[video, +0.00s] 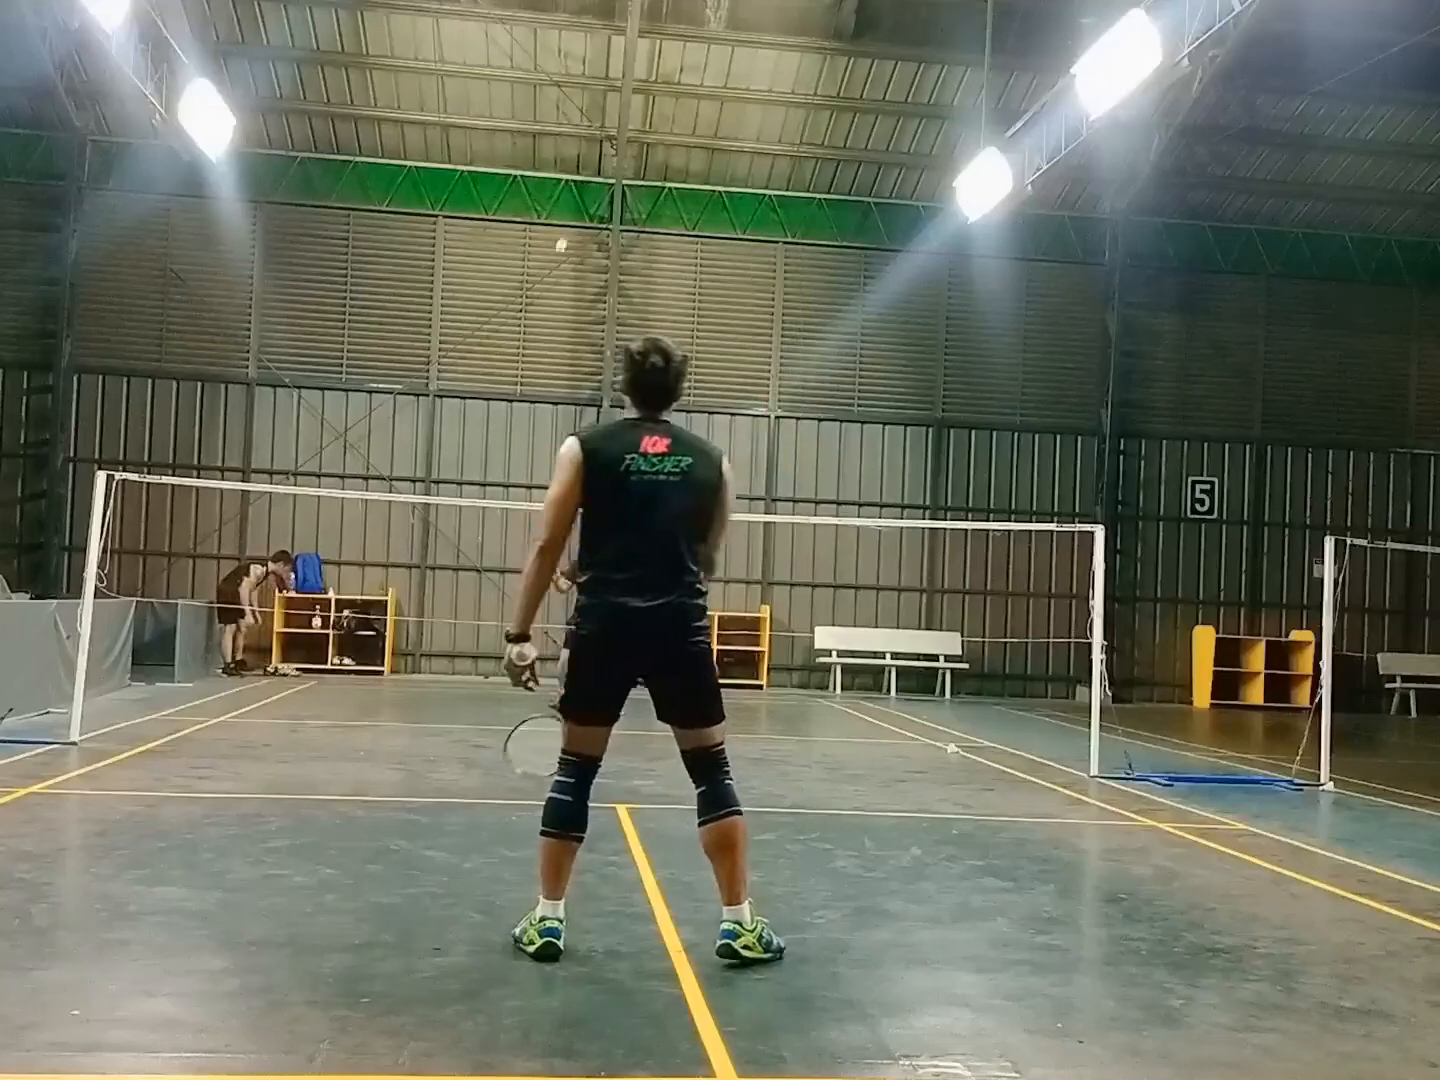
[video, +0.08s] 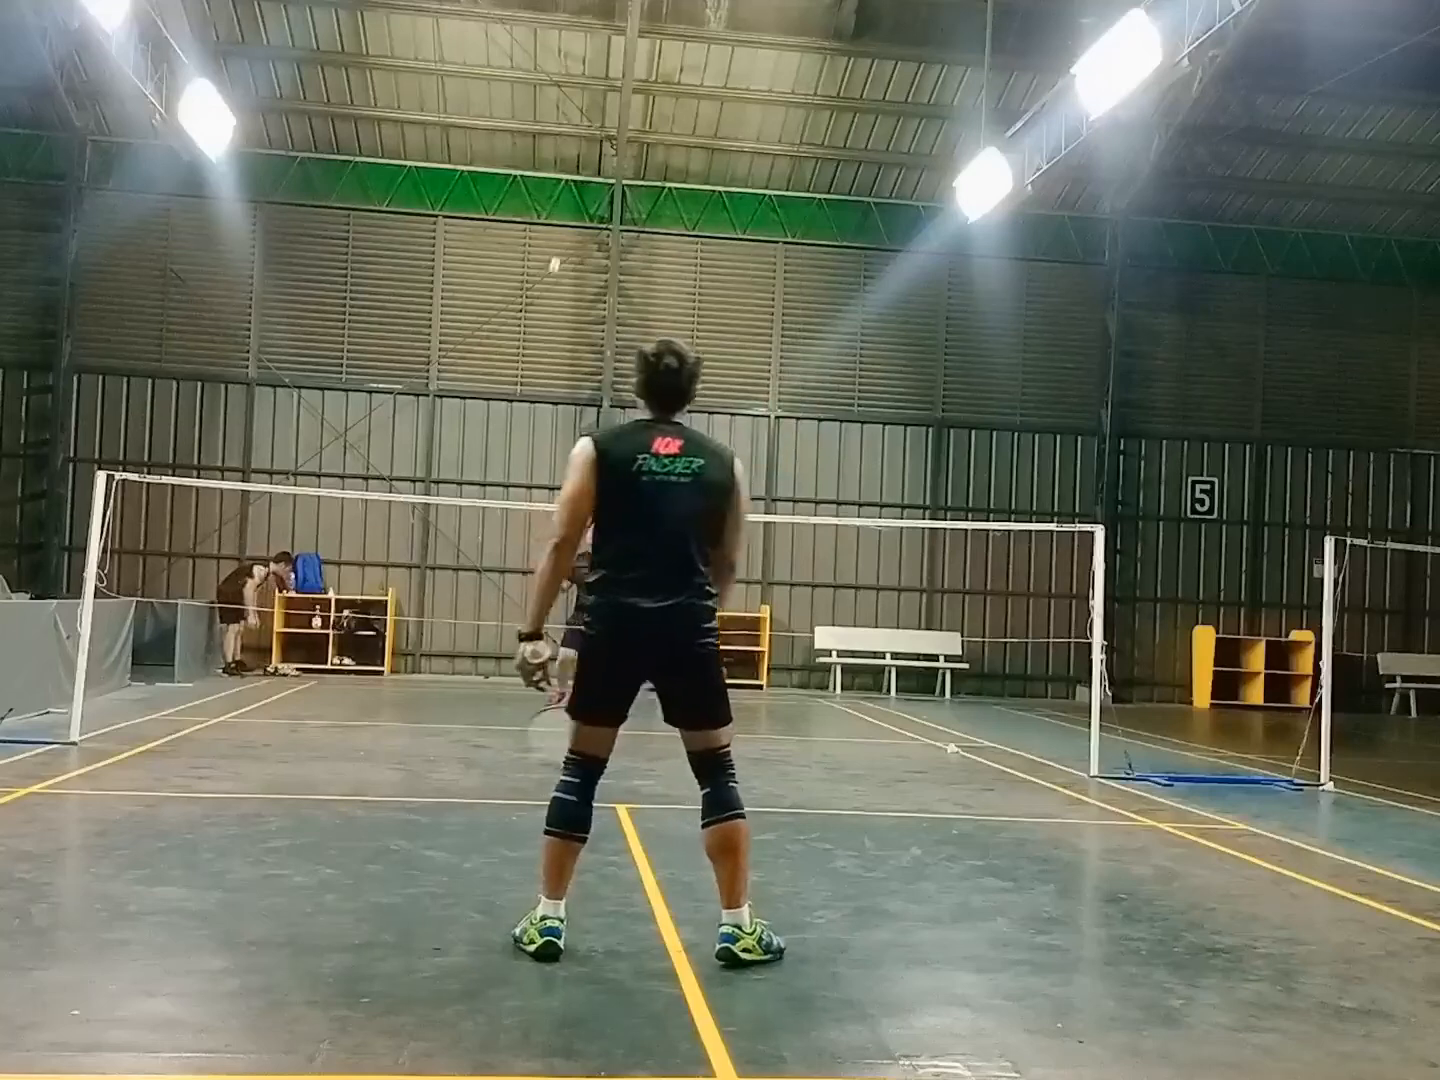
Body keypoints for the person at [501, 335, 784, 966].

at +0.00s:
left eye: (629, 380)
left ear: (622, 388)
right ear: (677, 393)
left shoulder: (586, 447)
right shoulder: (710, 460)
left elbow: (549, 546)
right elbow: (708, 552)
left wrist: (519, 632)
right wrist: (596, 570)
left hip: (602, 631)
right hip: (679, 634)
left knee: (576, 767)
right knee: (711, 768)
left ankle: (548, 916)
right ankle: (739, 920)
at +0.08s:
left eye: (644, 381)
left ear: (636, 390)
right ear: (690, 396)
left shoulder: (597, 449)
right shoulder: (720, 462)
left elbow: (563, 546)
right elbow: (725, 566)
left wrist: (533, 633)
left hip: (610, 629)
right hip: (687, 632)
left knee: (582, 767)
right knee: (716, 769)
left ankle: (549, 915)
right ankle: (737, 923)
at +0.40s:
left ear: (692, 398)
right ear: (744, 406)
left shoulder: (647, 442)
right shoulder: (771, 474)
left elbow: (617, 522)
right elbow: (798, 571)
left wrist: (586, 614)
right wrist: (796, 658)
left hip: (635, 629)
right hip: (716, 638)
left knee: (590, 758)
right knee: (732, 774)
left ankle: (552, 901)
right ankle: (739, 926)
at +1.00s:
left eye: (630, 411)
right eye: (661, 419)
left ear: (620, 420)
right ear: (671, 426)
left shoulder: (574, 469)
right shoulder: (695, 486)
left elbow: (540, 555)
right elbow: (704, 582)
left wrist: (538, 631)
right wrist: (703, 648)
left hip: (578, 638)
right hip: (652, 643)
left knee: (566, 757)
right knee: (696, 776)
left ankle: (541, 896)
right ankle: (743, 921)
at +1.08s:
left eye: (611, 392)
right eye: (642, 397)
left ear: (598, 399)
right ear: (649, 404)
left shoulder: (552, 453)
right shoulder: (673, 467)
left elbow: (513, 540)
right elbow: (671, 569)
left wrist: (519, 606)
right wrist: (671, 642)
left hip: (555, 621)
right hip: (624, 626)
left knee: (561, 740)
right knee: (660, 764)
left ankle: (538, 877)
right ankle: (694, 920)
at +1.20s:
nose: (606, 397)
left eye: (594, 384)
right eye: (622, 392)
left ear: (572, 392)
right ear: (625, 398)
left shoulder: (530, 446)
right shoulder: (646, 461)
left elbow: (487, 538)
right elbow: (647, 569)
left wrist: (500, 571)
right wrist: (653, 652)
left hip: (532, 618)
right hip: (600, 622)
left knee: (558, 747)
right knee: (634, 765)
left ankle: (521, 885)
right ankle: (598, 924)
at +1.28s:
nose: (590, 419)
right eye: (597, 411)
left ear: (547, 415)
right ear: (599, 419)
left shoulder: (505, 465)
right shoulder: (617, 488)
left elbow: (447, 531)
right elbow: (625, 596)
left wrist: (489, 494)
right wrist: (658, 668)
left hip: (515, 647)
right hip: (574, 651)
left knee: (554, 766)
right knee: (611, 787)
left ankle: (520, 905)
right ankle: (523, 905)